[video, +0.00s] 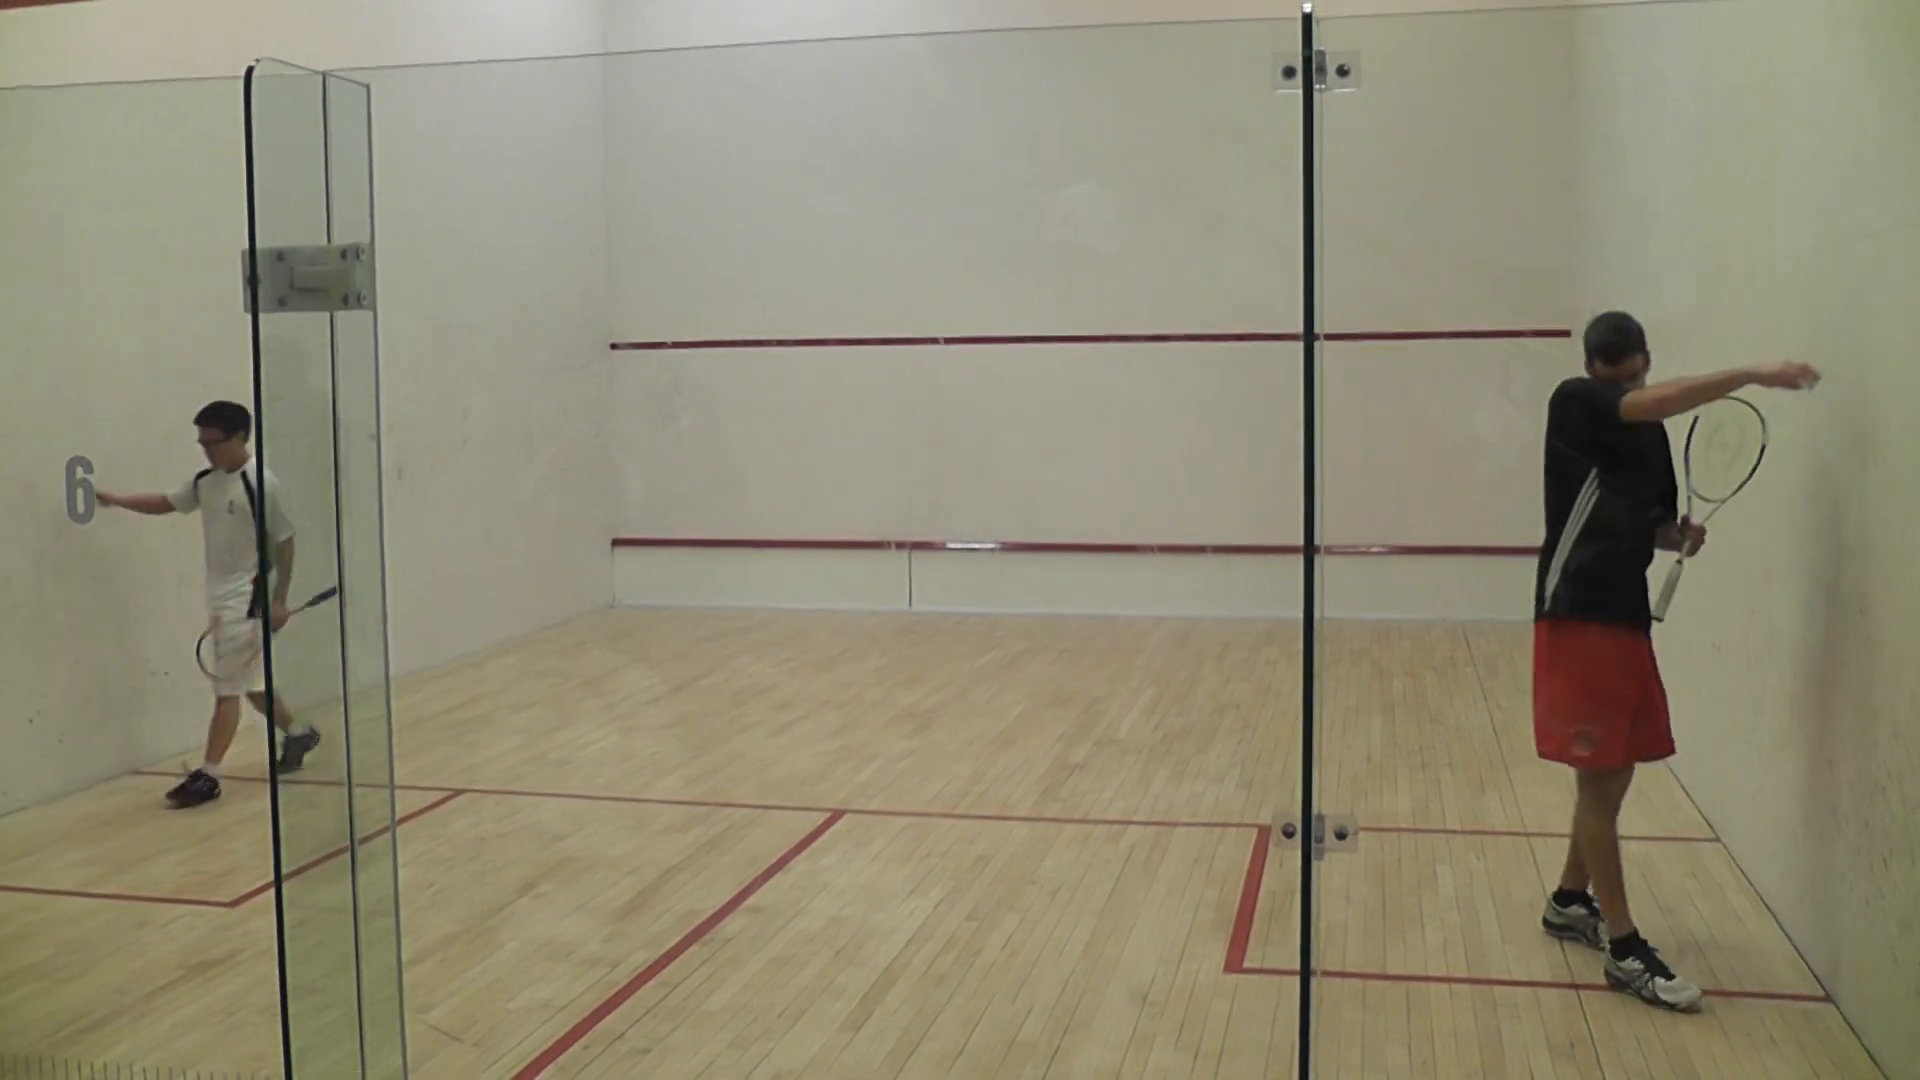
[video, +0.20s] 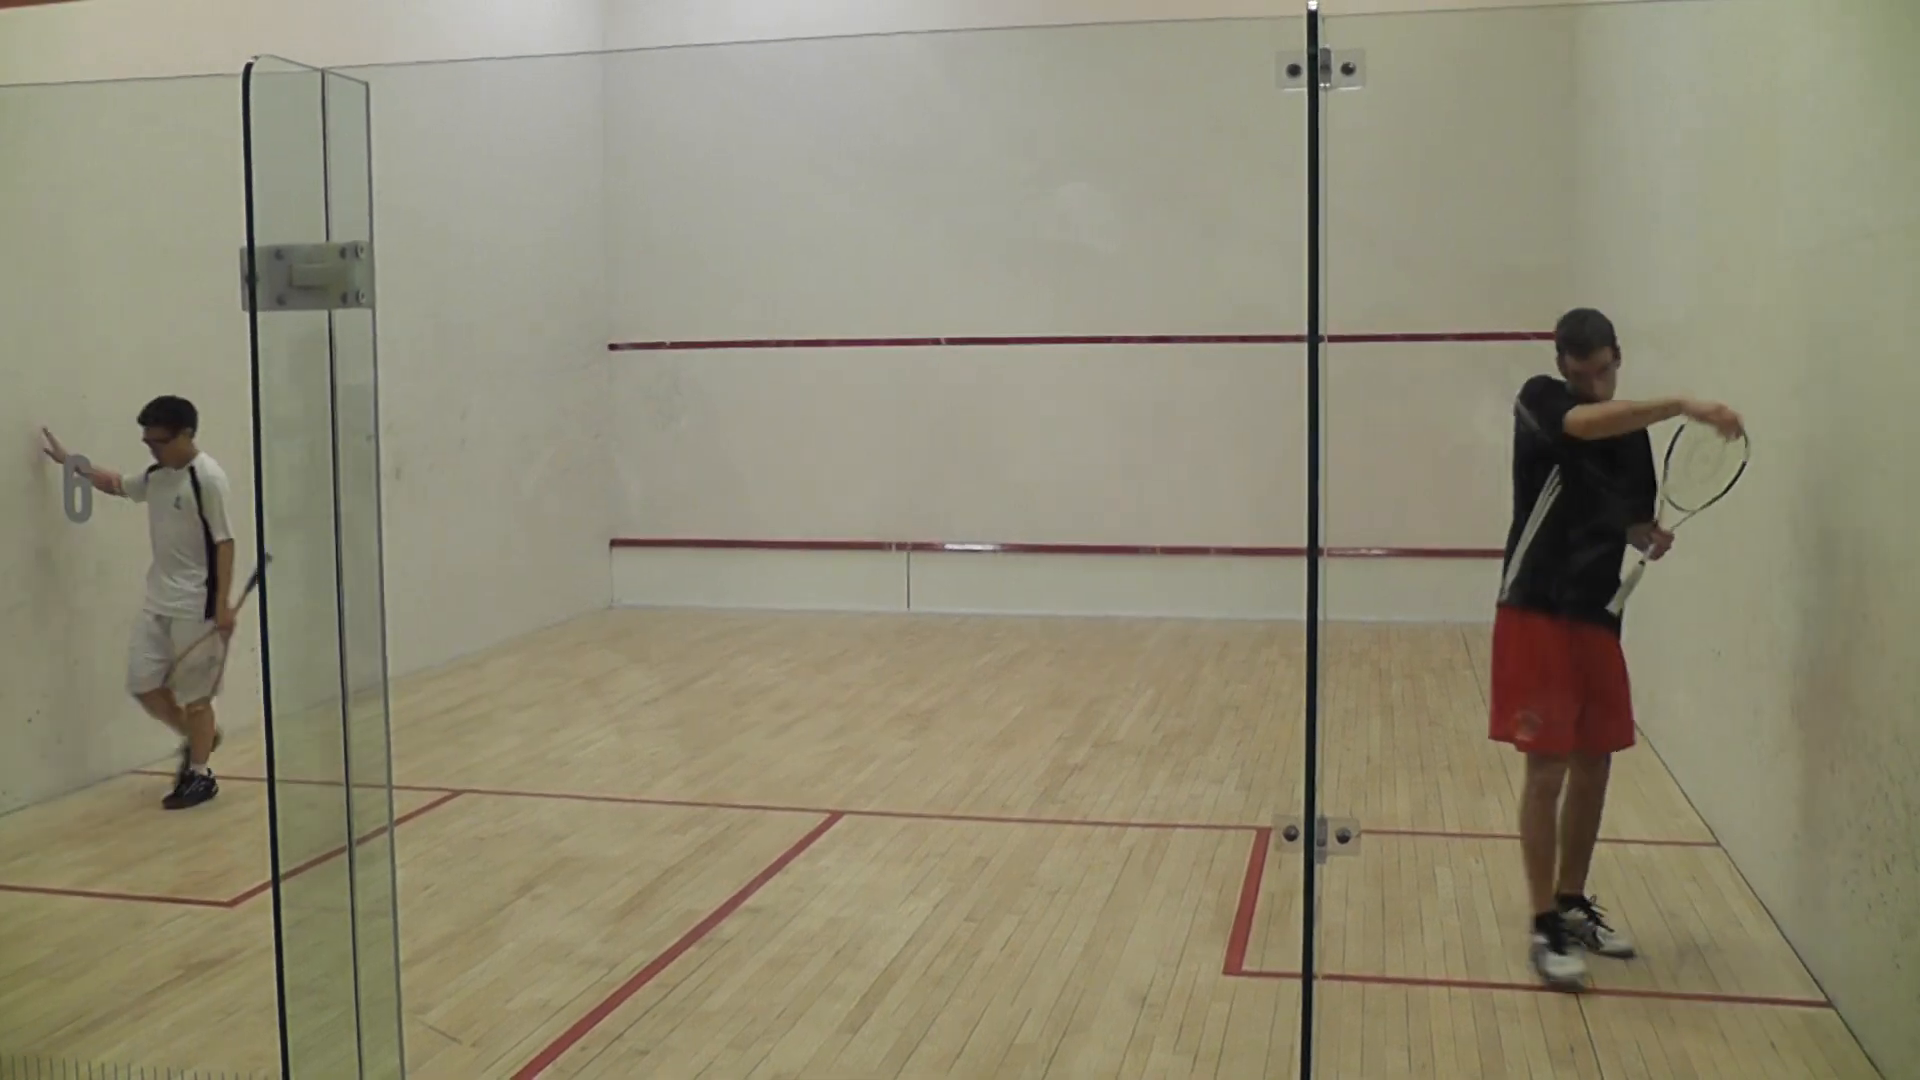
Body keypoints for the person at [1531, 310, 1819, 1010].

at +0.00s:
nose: (1633, 380)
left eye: (1638, 369)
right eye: (1622, 371)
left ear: (1642, 360)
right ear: (1597, 363)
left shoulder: (1650, 428)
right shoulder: (1572, 400)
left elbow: (1645, 521)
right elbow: (1647, 405)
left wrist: (1671, 533)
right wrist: (1752, 375)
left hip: (1623, 616)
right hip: (1579, 614)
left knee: (1618, 765)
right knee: (1601, 774)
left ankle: (1569, 897)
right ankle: (1622, 947)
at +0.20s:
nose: (1599, 386)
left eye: (1608, 373)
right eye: (1586, 376)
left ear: (1620, 357)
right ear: (1561, 361)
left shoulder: (1628, 428)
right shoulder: (1542, 395)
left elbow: (1633, 516)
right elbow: (1583, 423)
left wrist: (1647, 533)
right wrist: (1682, 406)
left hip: (1594, 620)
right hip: (1535, 615)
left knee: (1592, 764)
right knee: (1546, 768)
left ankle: (1571, 908)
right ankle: (1543, 927)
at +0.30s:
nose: (1579, 374)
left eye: (1589, 362)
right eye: (1566, 364)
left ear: (1602, 357)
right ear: (1544, 358)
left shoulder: (1615, 430)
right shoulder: (1519, 401)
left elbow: (1613, 520)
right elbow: (1543, 448)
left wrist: (1631, 535)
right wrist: (1639, 442)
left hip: (1579, 616)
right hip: (1516, 611)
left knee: (1581, 760)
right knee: (1518, 762)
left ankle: (1567, 905)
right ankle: (1480, 902)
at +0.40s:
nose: (1560, 369)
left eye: (1569, 357)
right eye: (1547, 358)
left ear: (1583, 355)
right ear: (1526, 357)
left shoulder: (1585, 430)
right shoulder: (1501, 410)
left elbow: (1579, 518)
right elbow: (1499, 479)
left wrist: (1610, 535)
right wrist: (1597, 488)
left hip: (1558, 621)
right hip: (1494, 619)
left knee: (1569, 761)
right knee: (1488, 762)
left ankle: (1566, 904)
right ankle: (1414, 869)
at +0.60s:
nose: (1513, 369)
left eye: (1520, 357)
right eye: (1499, 358)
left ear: (1529, 362)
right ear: (1471, 361)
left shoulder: (1522, 434)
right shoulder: (1440, 431)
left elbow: (1517, 518)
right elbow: (1431, 529)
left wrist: (1553, 536)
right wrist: (1521, 556)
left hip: (1502, 626)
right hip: (1440, 626)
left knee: (1526, 758)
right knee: (1418, 754)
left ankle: (1559, 899)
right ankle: (1361, 871)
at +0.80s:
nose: (1466, 359)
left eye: (1472, 347)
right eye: (1451, 349)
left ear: (1481, 353)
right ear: (1425, 357)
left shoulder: (1473, 419)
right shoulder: (1400, 427)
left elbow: (1455, 503)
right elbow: (1379, 528)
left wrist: (1489, 540)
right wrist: (1450, 579)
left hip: (1446, 616)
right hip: (1394, 620)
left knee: (1475, 736)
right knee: (1383, 743)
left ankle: (1481, 876)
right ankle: (1354, 875)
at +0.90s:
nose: (1448, 352)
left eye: (1455, 341)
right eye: (1434, 343)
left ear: (1465, 348)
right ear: (1410, 351)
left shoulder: (1455, 412)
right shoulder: (1391, 422)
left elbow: (1431, 495)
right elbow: (1360, 518)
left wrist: (1463, 535)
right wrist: (1415, 589)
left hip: (1431, 608)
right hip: (1381, 613)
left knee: (1448, 730)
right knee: (1376, 740)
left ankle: (1419, 861)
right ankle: (1353, 873)